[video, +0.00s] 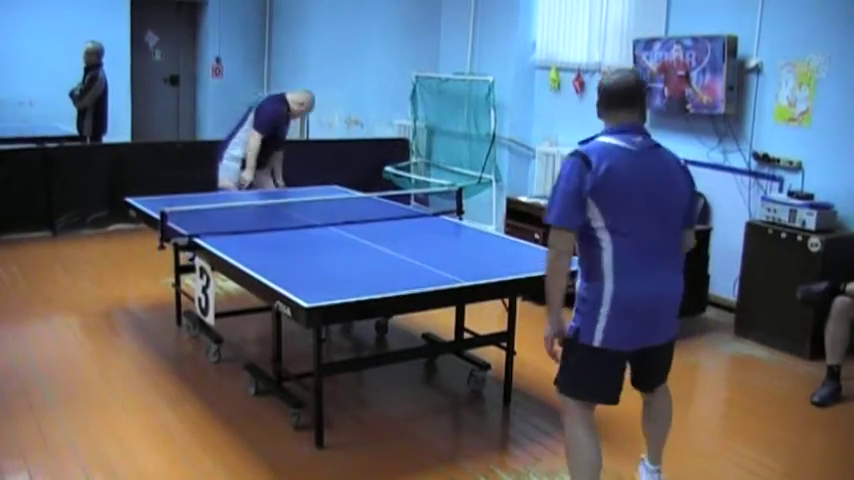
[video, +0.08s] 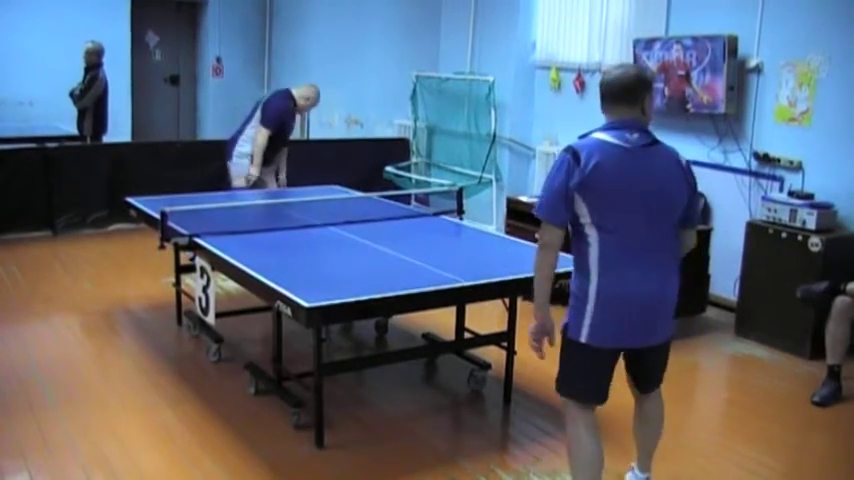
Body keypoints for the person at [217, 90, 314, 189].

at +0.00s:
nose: (300, 116)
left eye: (304, 113)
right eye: (303, 112)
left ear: (300, 103)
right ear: (300, 104)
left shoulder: (285, 114)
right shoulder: (273, 107)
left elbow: (278, 151)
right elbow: (255, 137)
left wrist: (279, 178)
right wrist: (249, 170)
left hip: (259, 163)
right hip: (235, 160)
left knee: (272, 201)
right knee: (229, 204)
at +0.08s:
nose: (307, 111)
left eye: (310, 108)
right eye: (310, 107)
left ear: (305, 98)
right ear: (306, 99)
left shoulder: (291, 109)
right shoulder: (280, 102)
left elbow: (283, 145)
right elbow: (262, 134)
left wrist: (282, 173)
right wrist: (255, 167)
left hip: (266, 160)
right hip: (244, 157)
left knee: (273, 200)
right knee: (244, 203)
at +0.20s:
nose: (312, 104)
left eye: (316, 101)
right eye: (315, 99)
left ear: (312, 91)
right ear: (313, 93)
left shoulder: (297, 101)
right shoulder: (288, 97)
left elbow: (288, 137)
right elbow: (273, 130)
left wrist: (290, 164)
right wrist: (270, 163)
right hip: (255, 150)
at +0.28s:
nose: (318, 100)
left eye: (321, 97)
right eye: (320, 95)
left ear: (314, 86)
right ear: (316, 89)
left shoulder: (300, 97)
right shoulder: (294, 96)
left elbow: (294, 134)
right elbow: (283, 131)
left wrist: (297, 159)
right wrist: (283, 163)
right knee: (271, 189)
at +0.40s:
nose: (320, 97)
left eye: (323, 94)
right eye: (323, 93)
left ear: (310, 80)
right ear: (320, 87)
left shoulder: (290, 89)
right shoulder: (304, 95)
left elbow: (292, 129)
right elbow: (300, 133)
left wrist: (305, 156)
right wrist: (304, 169)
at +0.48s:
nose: (324, 93)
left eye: (327, 90)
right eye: (327, 90)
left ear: (313, 77)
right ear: (324, 84)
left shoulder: (291, 88)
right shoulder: (311, 95)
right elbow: (312, 134)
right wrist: (317, 167)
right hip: (290, 150)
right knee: (302, 193)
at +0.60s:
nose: (330, 90)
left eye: (332, 87)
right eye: (332, 87)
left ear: (317, 74)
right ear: (330, 82)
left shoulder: (295, 86)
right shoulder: (320, 93)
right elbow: (325, 128)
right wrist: (332, 160)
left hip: (279, 146)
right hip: (300, 148)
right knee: (304, 196)